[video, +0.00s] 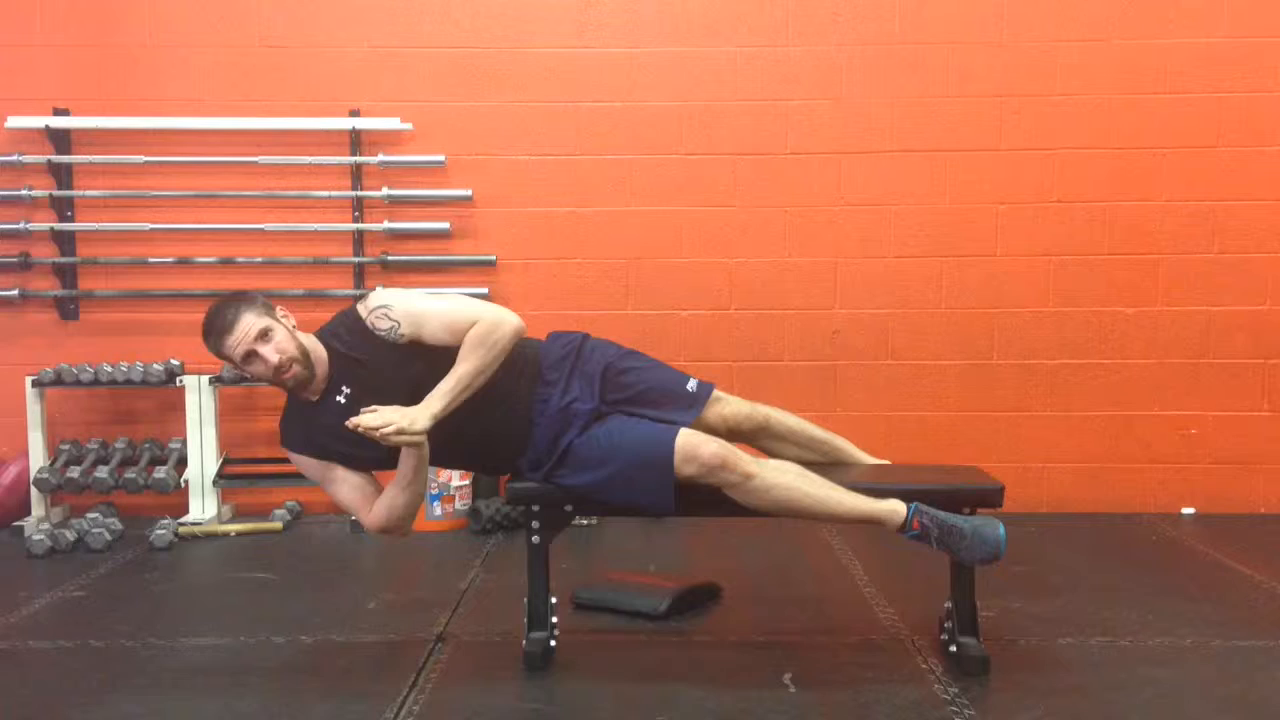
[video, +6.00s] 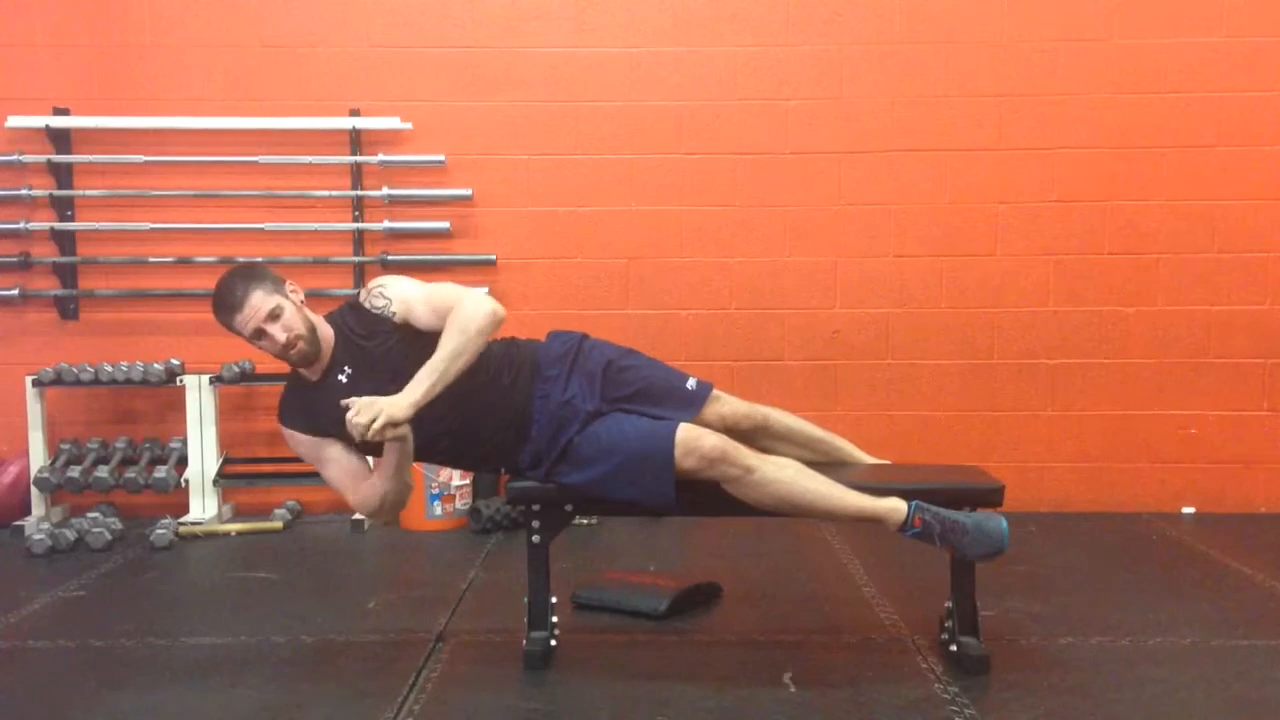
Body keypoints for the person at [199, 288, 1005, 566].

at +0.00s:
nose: (266, 360)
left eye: (260, 339)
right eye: (247, 366)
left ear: (281, 314)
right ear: (246, 379)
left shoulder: (370, 314)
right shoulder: (307, 437)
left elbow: (502, 325)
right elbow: (382, 518)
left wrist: (425, 413)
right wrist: (413, 458)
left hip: (577, 369)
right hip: (551, 449)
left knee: (749, 421)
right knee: (721, 462)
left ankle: (908, 490)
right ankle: (916, 521)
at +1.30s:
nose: (309, 318)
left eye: (304, 300)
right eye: (288, 325)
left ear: (313, 280)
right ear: (268, 340)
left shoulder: (378, 288)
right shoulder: (318, 400)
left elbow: (395, 331)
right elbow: (331, 424)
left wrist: (331, 386)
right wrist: (314, 412)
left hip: (568, 365)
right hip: (548, 449)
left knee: (740, 416)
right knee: (717, 464)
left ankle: (908, 492)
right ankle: (915, 523)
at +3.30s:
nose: (266, 310)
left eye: (261, 293)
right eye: (248, 318)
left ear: (288, 278)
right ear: (251, 341)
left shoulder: (381, 289)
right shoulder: (310, 408)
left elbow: (504, 320)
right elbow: (370, 500)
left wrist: (427, 403)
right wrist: (400, 444)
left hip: (576, 369)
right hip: (547, 449)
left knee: (742, 416)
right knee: (708, 454)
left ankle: (910, 494)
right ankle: (915, 520)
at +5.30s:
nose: (270, 329)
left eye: (266, 308)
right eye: (251, 330)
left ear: (291, 290)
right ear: (250, 348)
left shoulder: (371, 297)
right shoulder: (311, 412)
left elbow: (415, 334)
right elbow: (352, 442)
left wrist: (355, 375)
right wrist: (332, 418)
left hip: (566, 367)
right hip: (548, 450)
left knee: (739, 416)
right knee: (709, 453)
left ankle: (905, 493)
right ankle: (913, 520)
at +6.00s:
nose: (280, 332)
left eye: (276, 310)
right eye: (259, 334)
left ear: (295, 291)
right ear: (252, 350)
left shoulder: (371, 301)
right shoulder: (305, 421)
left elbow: (483, 312)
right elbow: (378, 507)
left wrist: (405, 401)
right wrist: (394, 441)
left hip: (569, 369)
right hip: (547, 451)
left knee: (739, 416)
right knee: (708, 453)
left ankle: (906, 492)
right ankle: (913, 519)